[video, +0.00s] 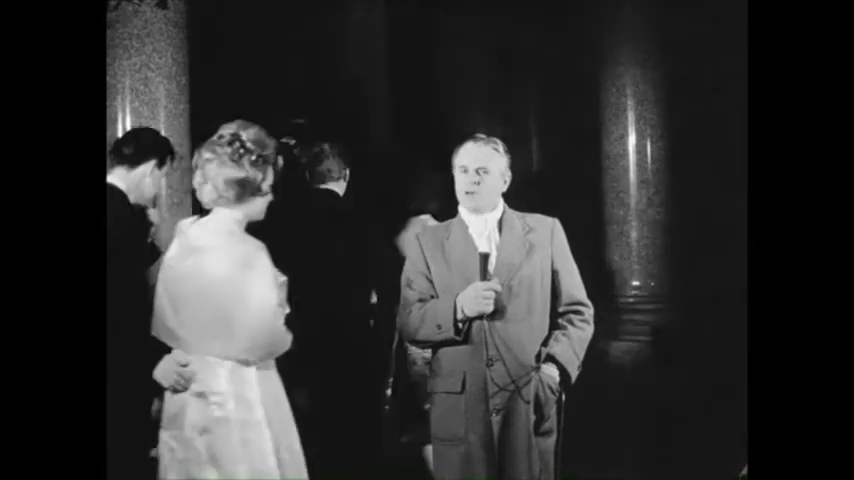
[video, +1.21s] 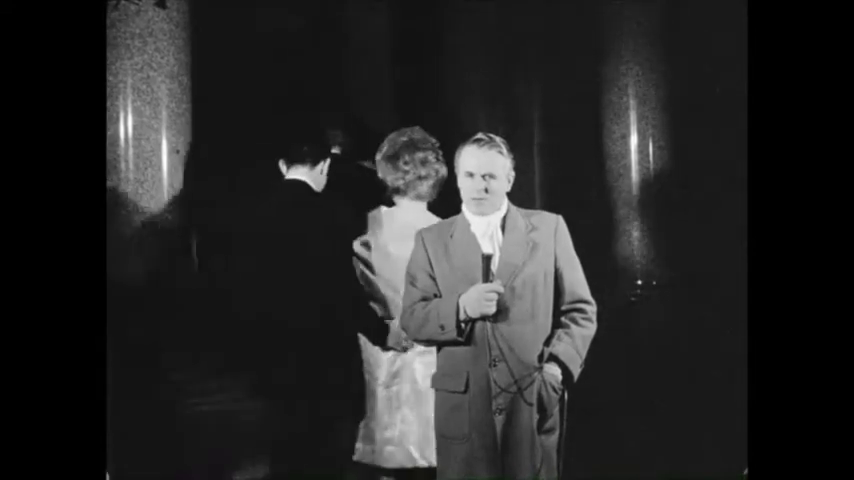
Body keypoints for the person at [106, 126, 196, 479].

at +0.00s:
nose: (162, 186)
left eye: (164, 176)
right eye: (163, 174)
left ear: (127, 161)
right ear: (150, 168)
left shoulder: (124, 214)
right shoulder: (122, 218)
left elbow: (125, 308)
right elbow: (116, 312)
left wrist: (161, 356)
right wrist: (152, 360)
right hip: (119, 393)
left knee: (128, 464)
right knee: (125, 465)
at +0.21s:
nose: (193, 184)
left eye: (197, 173)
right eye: (196, 171)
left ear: (155, 156)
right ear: (183, 163)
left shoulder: (119, 202)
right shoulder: (159, 213)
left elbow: (139, 308)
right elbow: (147, 311)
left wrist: (196, 350)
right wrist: (194, 355)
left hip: (123, 368)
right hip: (153, 377)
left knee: (130, 461)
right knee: (162, 464)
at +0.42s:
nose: (224, 182)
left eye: (227, 171)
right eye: (227, 170)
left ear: (186, 154)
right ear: (220, 164)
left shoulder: (142, 207)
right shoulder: (199, 214)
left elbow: (145, 302)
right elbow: (194, 302)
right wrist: (235, 354)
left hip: (145, 360)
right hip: (188, 366)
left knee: (152, 457)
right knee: (197, 460)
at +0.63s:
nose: (261, 174)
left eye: (263, 165)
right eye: (262, 165)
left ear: (217, 158)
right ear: (257, 165)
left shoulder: (178, 207)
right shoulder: (247, 215)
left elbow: (179, 298)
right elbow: (243, 299)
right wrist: (280, 352)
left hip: (186, 358)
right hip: (236, 364)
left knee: (193, 455)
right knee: (241, 458)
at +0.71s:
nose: (273, 169)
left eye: (271, 162)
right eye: (274, 163)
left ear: (229, 157)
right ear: (268, 162)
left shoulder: (190, 206)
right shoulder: (269, 210)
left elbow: (185, 282)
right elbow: (273, 288)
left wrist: (189, 334)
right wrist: (293, 344)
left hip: (204, 335)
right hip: (257, 337)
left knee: (209, 429)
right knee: (258, 434)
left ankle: (207, 470)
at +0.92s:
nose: (300, 166)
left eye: (300, 160)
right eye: (302, 159)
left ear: (255, 154)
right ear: (297, 159)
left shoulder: (223, 199)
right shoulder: (295, 211)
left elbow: (212, 282)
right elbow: (306, 287)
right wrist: (335, 339)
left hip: (234, 335)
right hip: (285, 342)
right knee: (283, 445)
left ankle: (249, 468)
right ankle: (278, 470)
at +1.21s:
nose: (327, 176)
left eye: (327, 168)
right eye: (326, 167)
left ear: (283, 166)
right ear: (321, 167)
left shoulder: (255, 206)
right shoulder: (324, 213)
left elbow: (244, 285)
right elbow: (340, 288)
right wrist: (382, 332)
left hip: (269, 338)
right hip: (321, 338)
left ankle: (286, 470)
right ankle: (327, 469)